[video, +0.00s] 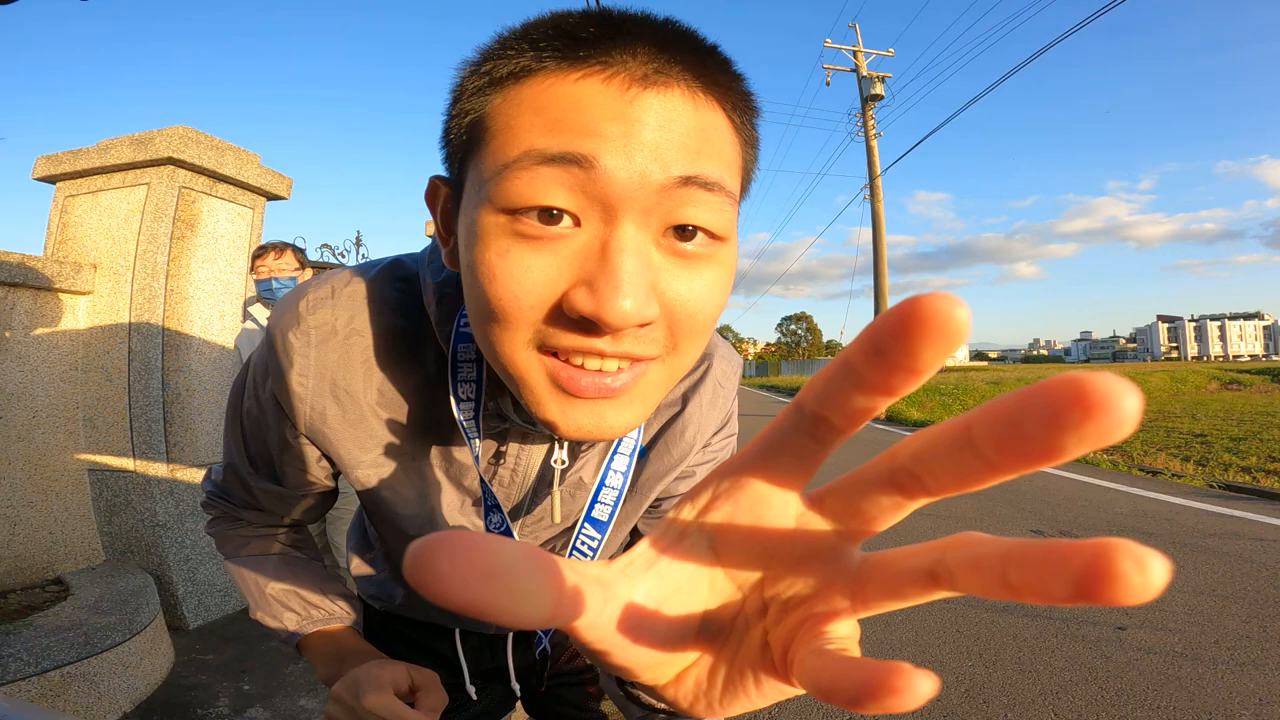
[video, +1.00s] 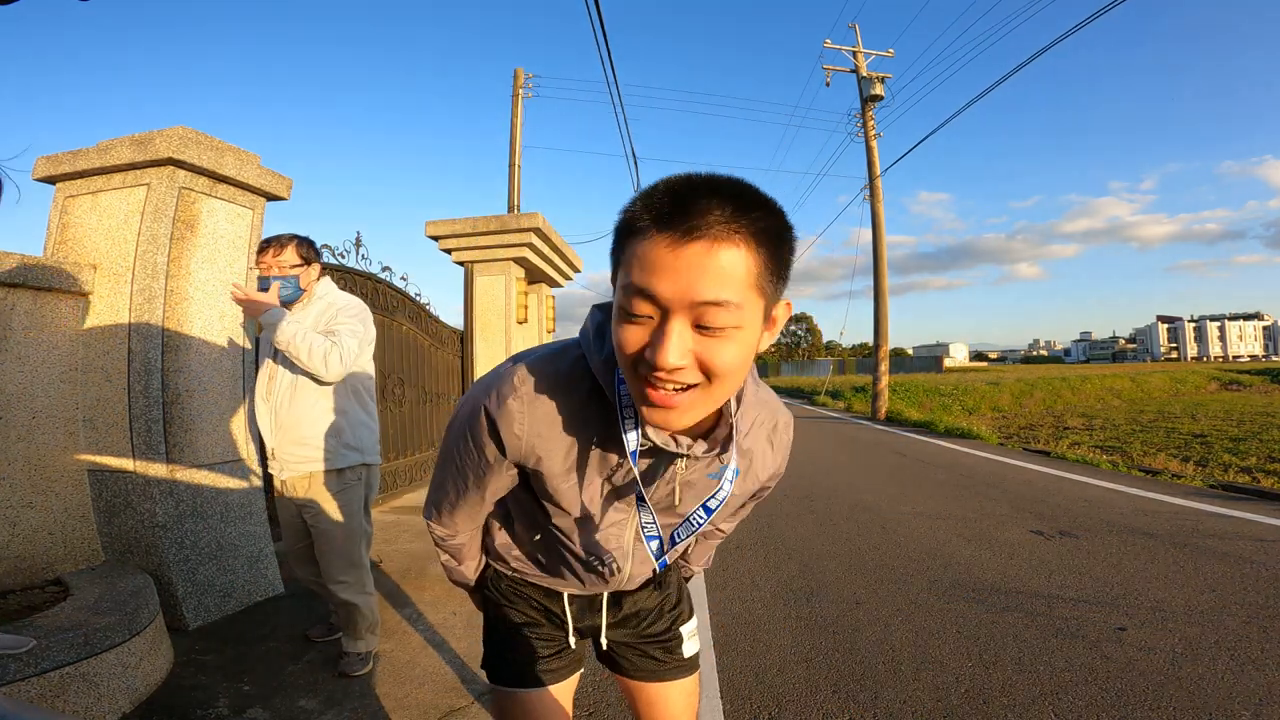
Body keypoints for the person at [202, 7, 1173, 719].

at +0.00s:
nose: (615, 301)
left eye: (685, 236)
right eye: (546, 216)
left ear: (734, 261)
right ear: (448, 227)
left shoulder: (713, 384)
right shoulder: (326, 348)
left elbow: (690, 543)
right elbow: (253, 524)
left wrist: (668, 637)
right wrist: (339, 660)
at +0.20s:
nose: (650, 326)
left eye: (720, 263)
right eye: (595, 241)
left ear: (762, 289)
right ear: (505, 249)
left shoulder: (725, 407)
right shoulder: (373, 363)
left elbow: (698, 534)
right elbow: (314, 505)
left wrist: (680, 627)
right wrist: (374, 645)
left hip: (598, 591)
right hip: (451, 601)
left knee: (615, 705)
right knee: (460, 709)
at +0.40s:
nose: (694, 368)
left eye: (754, 320)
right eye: (652, 299)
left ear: (796, 340)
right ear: (582, 301)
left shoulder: (762, 442)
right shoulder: (449, 415)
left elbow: (711, 528)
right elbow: (389, 534)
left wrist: (691, 606)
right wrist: (397, 614)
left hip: (633, 583)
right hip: (495, 585)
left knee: (637, 705)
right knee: (518, 708)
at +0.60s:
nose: (718, 367)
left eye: (771, 330)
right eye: (686, 313)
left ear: (809, 352)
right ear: (630, 314)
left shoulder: (776, 450)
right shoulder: (502, 420)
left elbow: (691, 515)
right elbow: (440, 528)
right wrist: (494, 574)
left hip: (644, 578)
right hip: (523, 585)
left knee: (658, 707)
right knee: (533, 707)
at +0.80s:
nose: (729, 350)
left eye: (774, 320)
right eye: (696, 304)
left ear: (809, 345)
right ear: (644, 315)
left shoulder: (777, 445)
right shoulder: (524, 413)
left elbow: (700, 514)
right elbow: (444, 523)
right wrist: (482, 586)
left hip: (646, 577)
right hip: (528, 584)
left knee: (666, 709)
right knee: (538, 710)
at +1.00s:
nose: (665, 355)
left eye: (708, 325)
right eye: (640, 314)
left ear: (770, 326)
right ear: (614, 299)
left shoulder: (767, 432)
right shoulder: (520, 401)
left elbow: (716, 528)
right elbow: (450, 518)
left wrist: (676, 569)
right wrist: (486, 583)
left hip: (653, 581)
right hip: (531, 586)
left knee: (674, 710)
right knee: (533, 708)